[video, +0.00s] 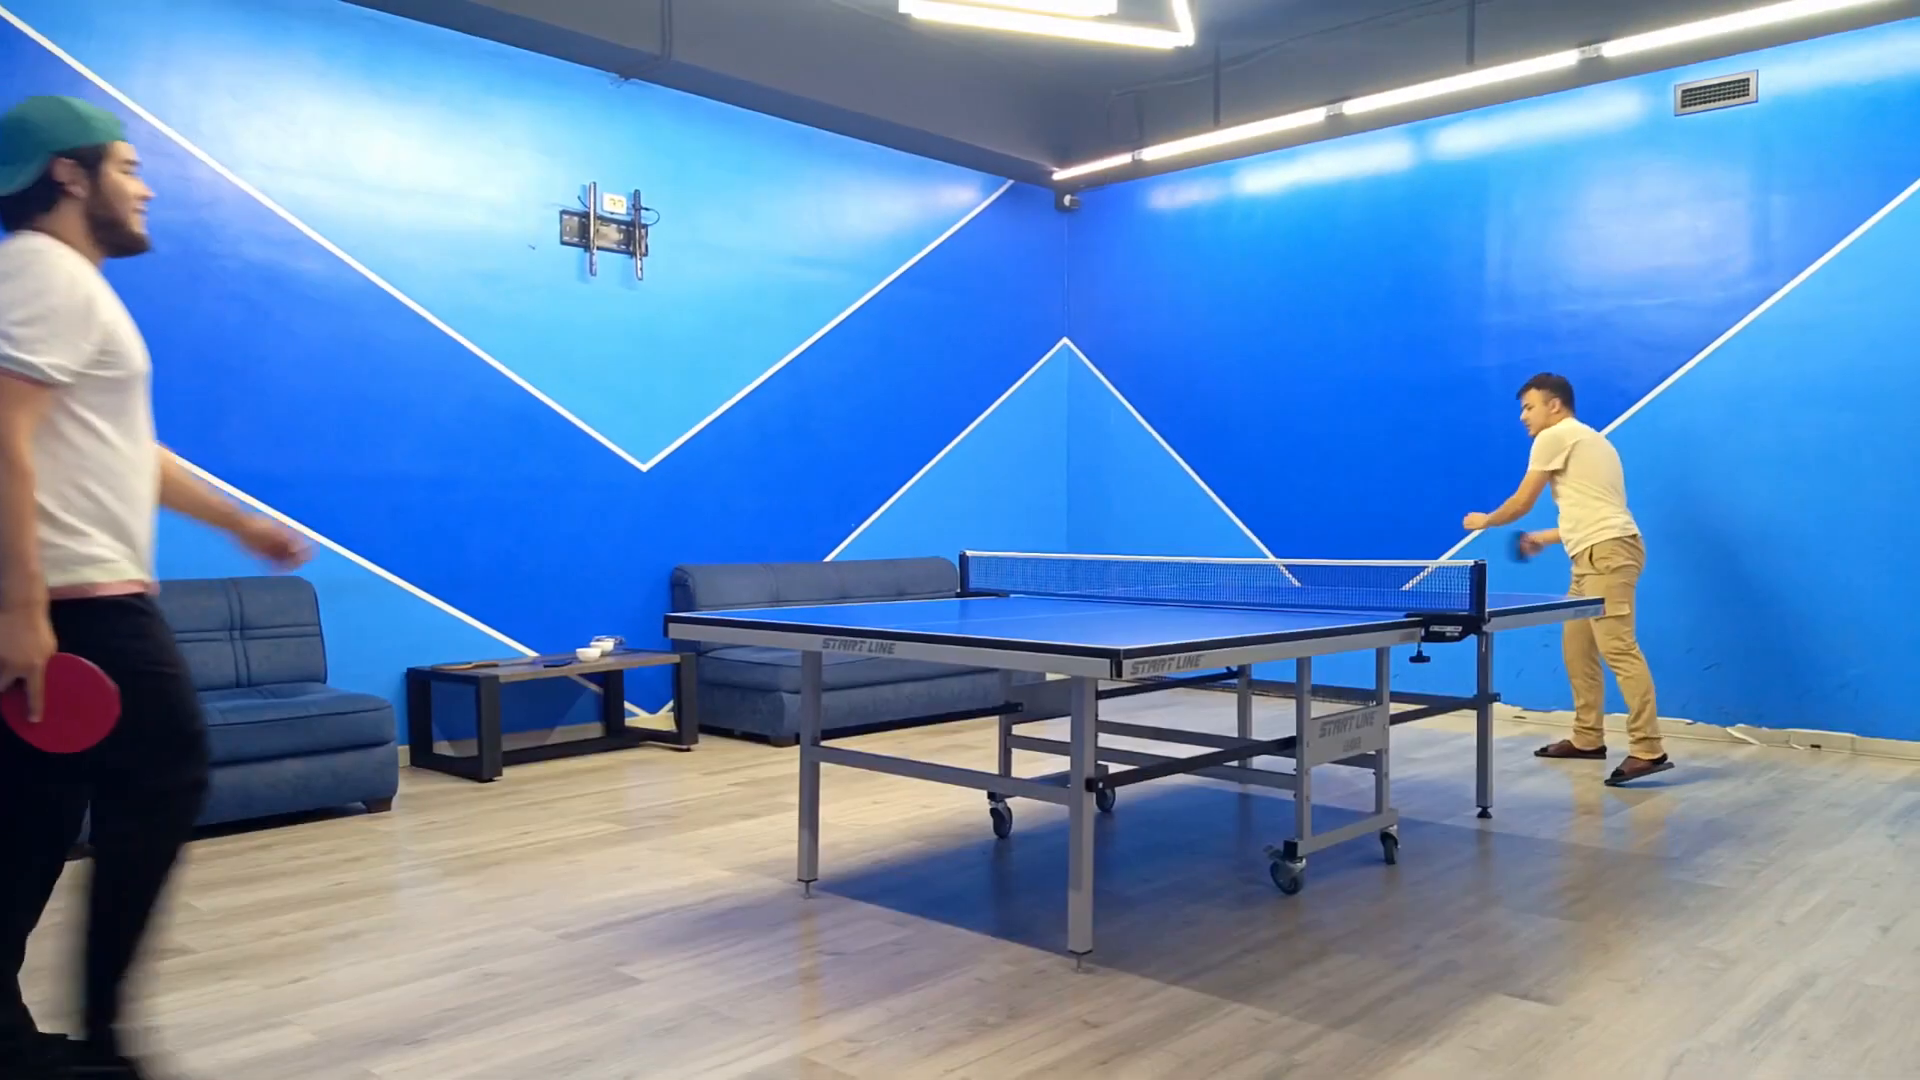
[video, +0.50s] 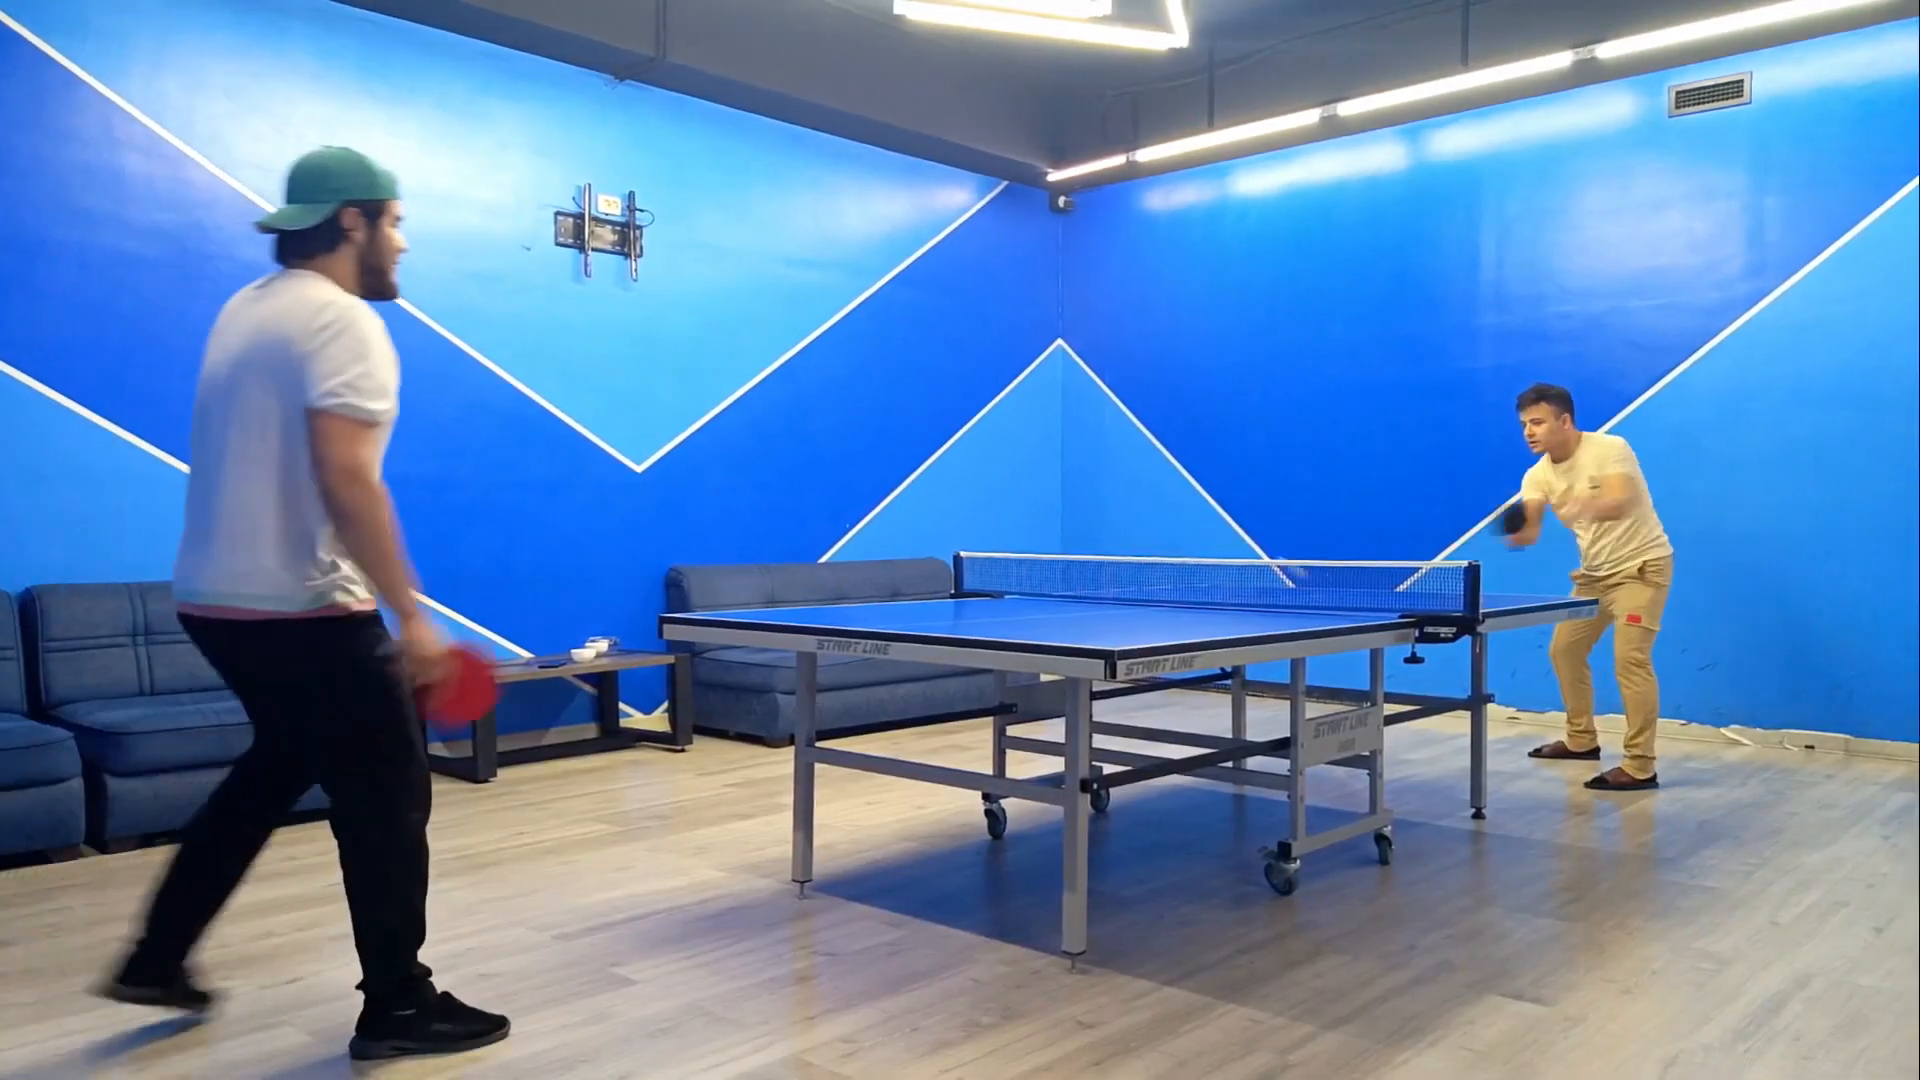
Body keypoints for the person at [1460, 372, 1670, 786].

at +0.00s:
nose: (1523, 417)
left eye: (1528, 408)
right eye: (1522, 409)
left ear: (1555, 406)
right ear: (1558, 410)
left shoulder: (1553, 437)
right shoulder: (1592, 440)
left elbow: (1521, 503)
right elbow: (1596, 514)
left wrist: (1485, 520)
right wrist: (1547, 536)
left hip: (1608, 549)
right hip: (1592, 554)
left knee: (1617, 645)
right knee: (1578, 647)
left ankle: (1648, 750)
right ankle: (1587, 740)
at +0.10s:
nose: (1517, 424)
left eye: (1521, 414)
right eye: (1516, 416)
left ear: (1548, 412)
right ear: (1552, 415)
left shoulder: (1547, 442)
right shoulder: (1592, 442)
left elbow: (1514, 509)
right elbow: (1603, 505)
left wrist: (1481, 517)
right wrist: (1567, 535)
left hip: (1610, 552)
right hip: (1595, 556)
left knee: (1616, 650)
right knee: (1578, 646)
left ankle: (1639, 755)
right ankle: (1586, 740)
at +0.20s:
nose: (1514, 428)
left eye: (1519, 418)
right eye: (1513, 420)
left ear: (1548, 415)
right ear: (1550, 419)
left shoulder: (1551, 446)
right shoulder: (1586, 446)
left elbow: (1511, 509)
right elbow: (1598, 524)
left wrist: (1474, 514)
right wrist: (1548, 533)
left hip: (1617, 556)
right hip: (1599, 561)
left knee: (1614, 654)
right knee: (1575, 645)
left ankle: (1639, 762)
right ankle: (1585, 741)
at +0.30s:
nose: (1515, 429)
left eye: (1521, 419)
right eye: (1514, 421)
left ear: (1550, 416)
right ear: (1549, 420)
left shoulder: (1564, 444)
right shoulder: (1567, 455)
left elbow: (1514, 508)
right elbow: (1574, 532)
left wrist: (1465, 513)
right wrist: (1513, 532)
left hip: (1628, 559)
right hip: (1597, 565)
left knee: (1615, 654)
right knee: (1574, 646)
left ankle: (1640, 763)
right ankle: (1584, 741)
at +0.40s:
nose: (1523, 430)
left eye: (1531, 420)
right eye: (1520, 422)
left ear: (1559, 419)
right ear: (1525, 426)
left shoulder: (1591, 448)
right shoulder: (1546, 474)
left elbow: (1547, 509)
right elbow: (1522, 531)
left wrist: (1481, 513)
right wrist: (1473, 538)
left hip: (1642, 564)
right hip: (1599, 572)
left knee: (1627, 656)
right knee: (1570, 647)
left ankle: (1640, 766)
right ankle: (1583, 742)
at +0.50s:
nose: (1528, 432)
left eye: (1536, 423)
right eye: (1524, 425)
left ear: (1565, 421)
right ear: (1524, 429)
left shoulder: (1609, 448)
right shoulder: (1537, 476)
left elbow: (1622, 500)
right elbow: (1529, 531)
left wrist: (1584, 507)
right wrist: (1517, 533)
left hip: (1642, 565)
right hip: (1596, 573)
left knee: (1630, 656)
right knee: (1565, 650)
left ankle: (1640, 766)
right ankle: (1581, 741)